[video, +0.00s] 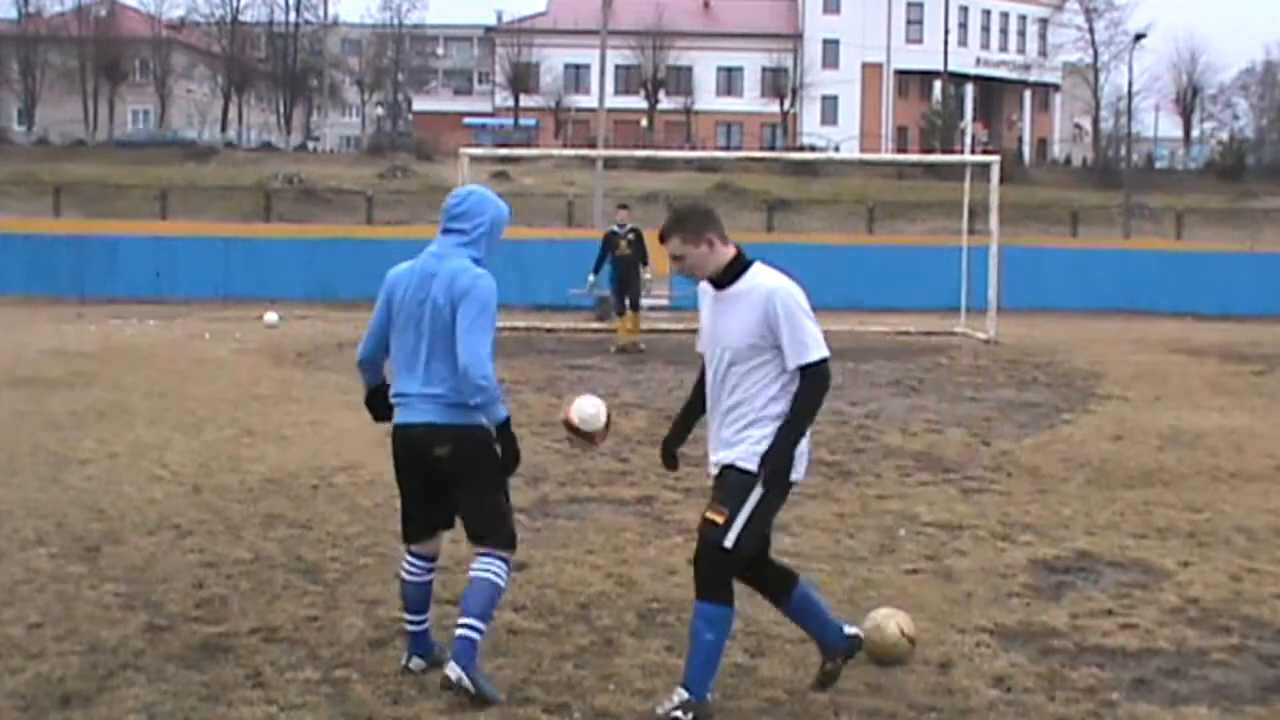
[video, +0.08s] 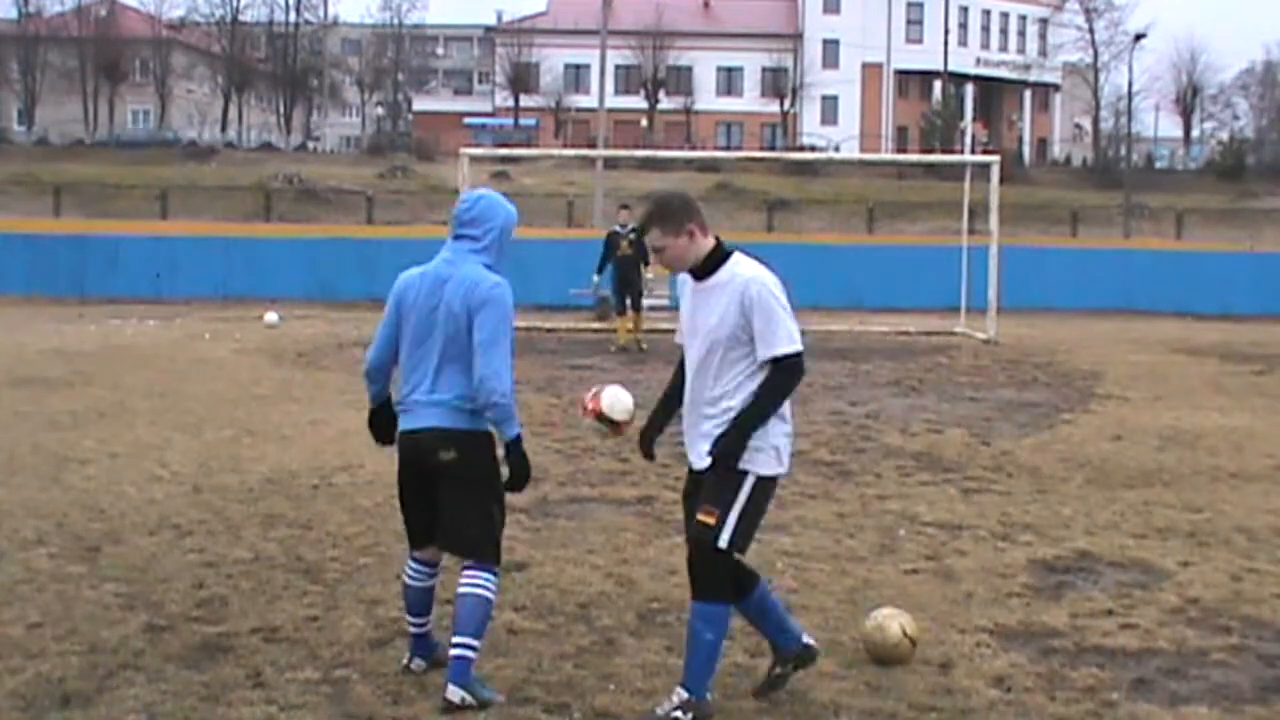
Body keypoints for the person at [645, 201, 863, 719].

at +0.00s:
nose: (680, 267)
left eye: (682, 256)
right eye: (675, 259)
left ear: (713, 242)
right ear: (702, 248)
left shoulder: (776, 292)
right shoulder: (709, 292)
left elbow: (817, 374)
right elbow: (713, 369)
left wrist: (781, 452)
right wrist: (678, 432)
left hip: (763, 456)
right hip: (729, 455)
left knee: (711, 558)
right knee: (750, 563)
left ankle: (693, 697)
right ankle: (836, 639)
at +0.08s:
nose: (657, 261)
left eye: (661, 249)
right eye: (653, 252)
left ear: (694, 234)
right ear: (687, 240)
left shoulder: (755, 284)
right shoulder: (690, 285)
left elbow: (789, 368)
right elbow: (691, 361)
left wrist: (733, 436)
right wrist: (656, 422)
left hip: (749, 450)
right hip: (705, 448)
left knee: (711, 558)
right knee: (708, 557)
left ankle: (693, 697)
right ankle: (792, 645)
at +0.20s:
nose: (631, 250)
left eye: (635, 237)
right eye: (626, 240)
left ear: (670, 222)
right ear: (658, 229)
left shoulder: (728, 273)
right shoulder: (663, 276)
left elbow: (757, 355)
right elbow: (668, 354)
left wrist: (676, 401)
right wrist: (631, 402)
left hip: (727, 444)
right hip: (678, 442)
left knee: (692, 550)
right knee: (676, 552)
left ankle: (696, 691)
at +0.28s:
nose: (617, 251)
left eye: (621, 239)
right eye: (613, 241)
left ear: (655, 223)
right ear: (646, 230)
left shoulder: (715, 276)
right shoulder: (647, 276)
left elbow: (743, 359)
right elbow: (653, 355)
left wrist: (657, 387)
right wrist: (619, 397)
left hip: (711, 443)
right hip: (662, 443)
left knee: (665, 547)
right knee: (667, 553)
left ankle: (689, 687)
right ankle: (708, 679)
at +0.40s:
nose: (591, 254)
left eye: (593, 242)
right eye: (586, 244)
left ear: (626, 225)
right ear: (618, 232)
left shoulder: (689, 279)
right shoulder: (624, 281)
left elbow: (724, 362)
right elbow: (632, 361)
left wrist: (642, 390)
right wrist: (601, 410)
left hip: (684, 445)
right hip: (641, 445)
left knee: (628, 552)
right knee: (680, 558)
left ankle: (646, 694)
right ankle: (707, 682)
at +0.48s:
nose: (568, 256)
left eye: (570, 243)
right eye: (564, 246)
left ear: (599, 226)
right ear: (597, 230)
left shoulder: (668, 278)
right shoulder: (607, 280)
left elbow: (709, 359)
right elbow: (621, 364)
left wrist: (629, 396)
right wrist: (594, 424)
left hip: (666, 448)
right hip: (629, 446)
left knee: (617, 559)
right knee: (669, 560)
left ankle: (607, 704)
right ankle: (706, 679)